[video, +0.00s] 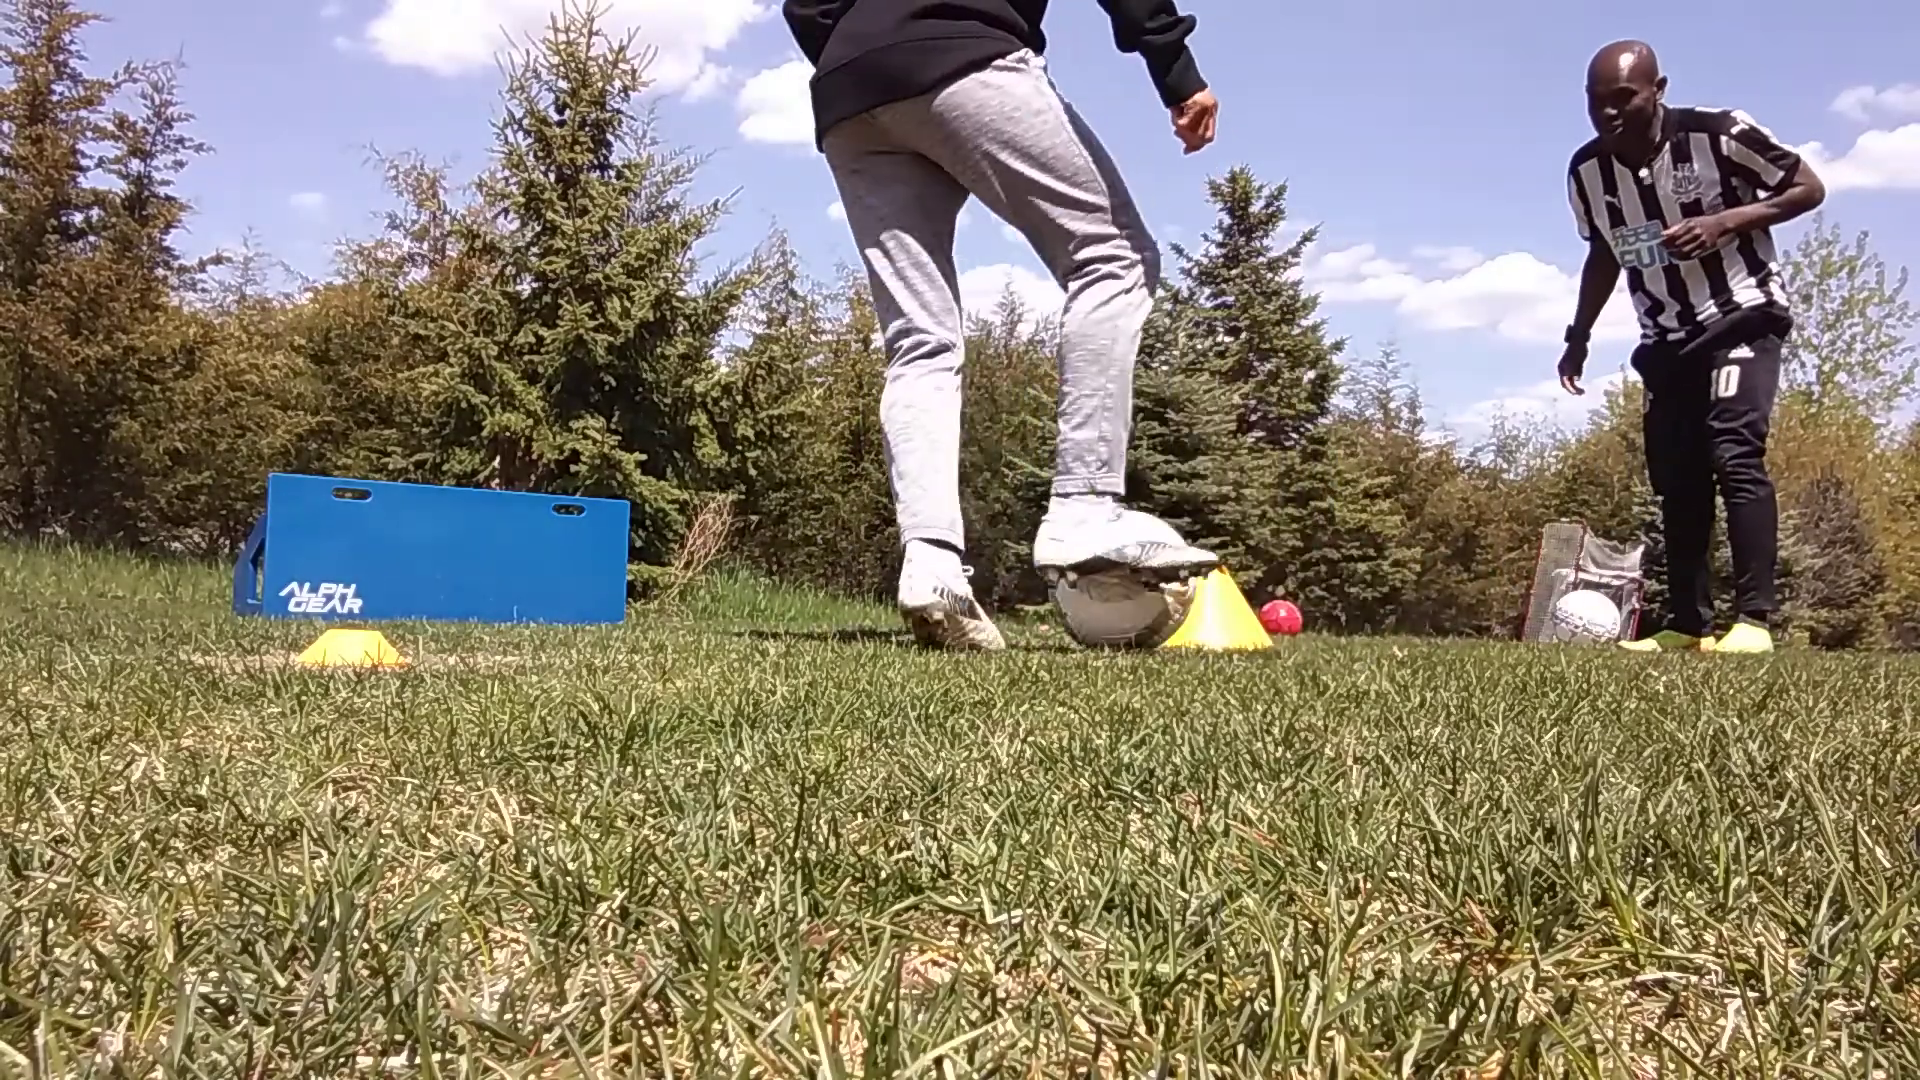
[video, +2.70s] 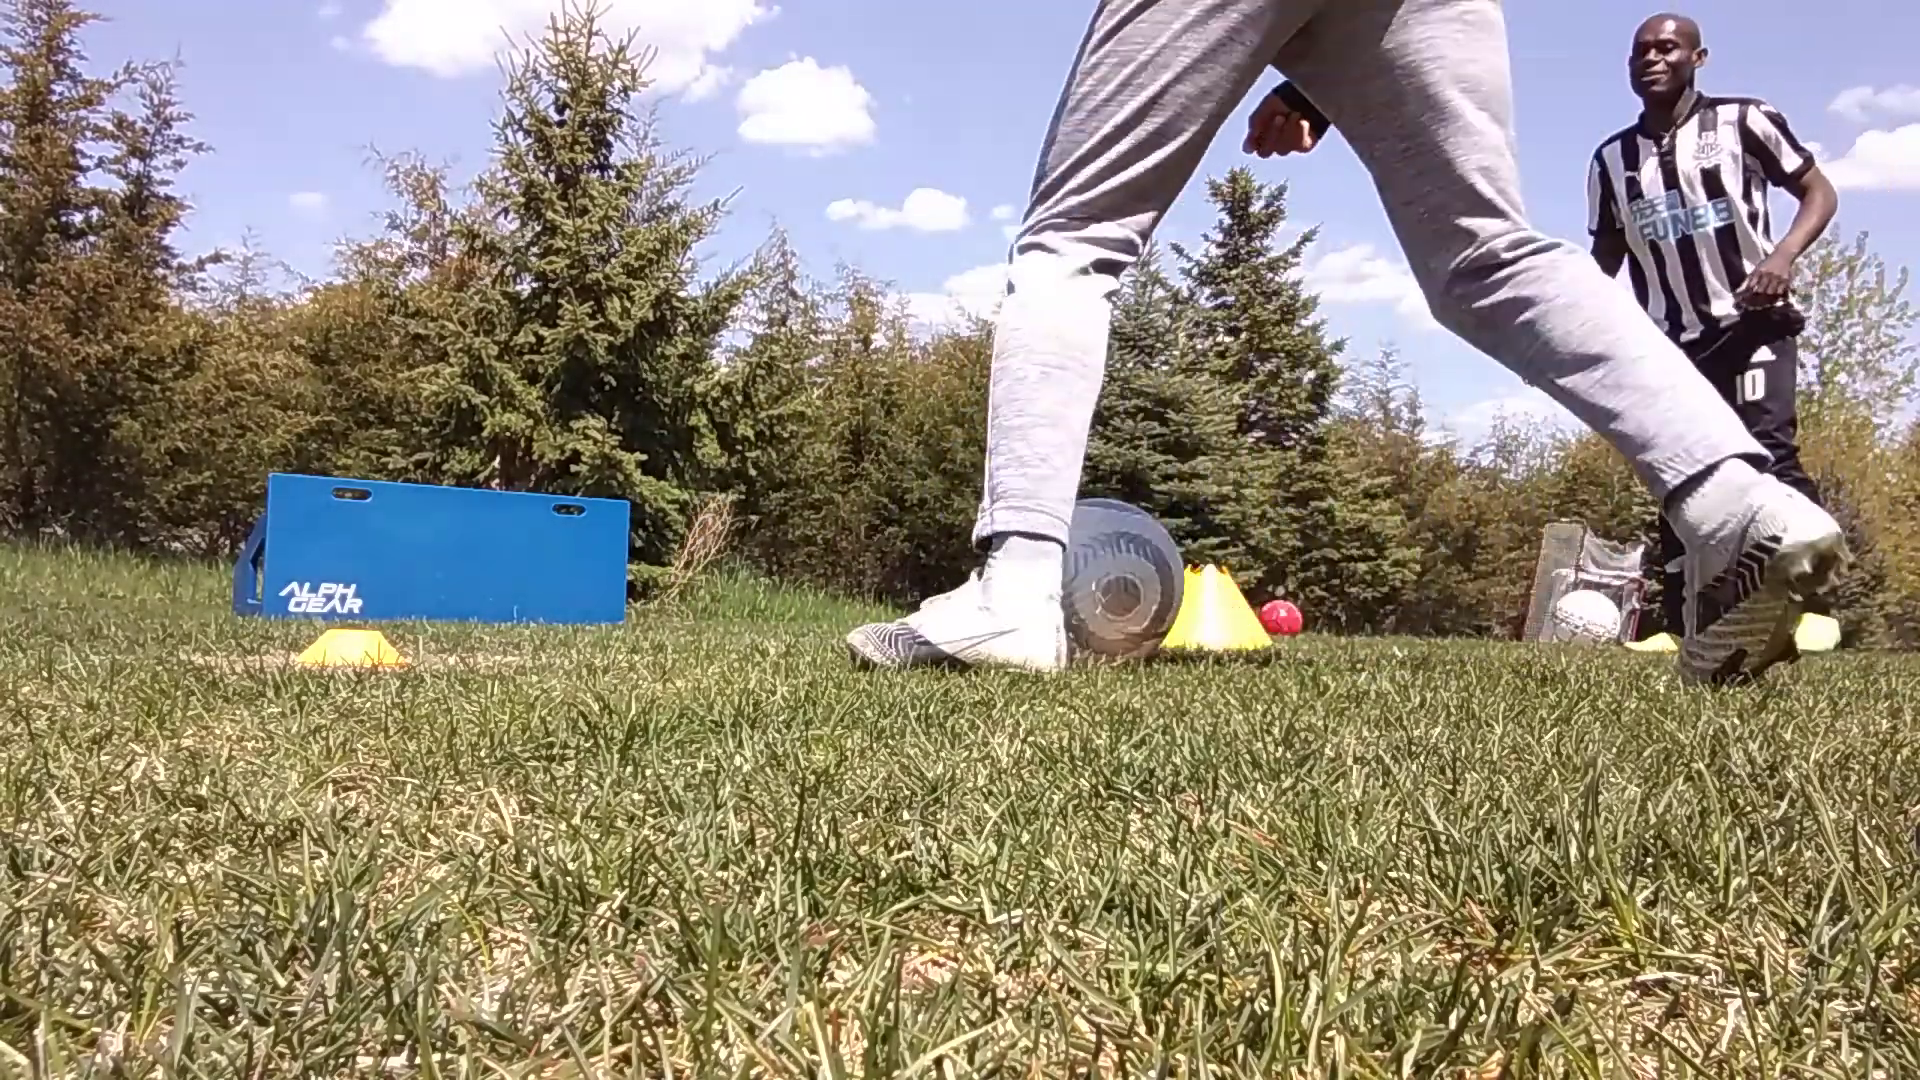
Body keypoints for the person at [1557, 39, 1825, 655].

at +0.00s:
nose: (1607, 114)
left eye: (1621, 100)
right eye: (1597, 103)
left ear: (1657, 92)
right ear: (1587, 102)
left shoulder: (1721, 133)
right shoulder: (1588, 171)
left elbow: (1808, 188)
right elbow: (1604, 253)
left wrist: (1725, 220)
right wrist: (1580, 333)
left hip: (1742, 319)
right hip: (1667, 338)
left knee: (1735, 457)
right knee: (1677, 479)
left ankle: (1754, 622)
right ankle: (1689, 625)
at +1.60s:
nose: (1676, 105)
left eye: (1692, 89)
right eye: (1664, 89)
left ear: (1724, 70)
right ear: (1648, 77)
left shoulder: (1779, 120)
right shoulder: (1633, 149)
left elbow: (1868, 165)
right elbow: (1636, 226)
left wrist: (1832, 233)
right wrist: (1605, 298)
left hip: (1788, 323)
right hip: (1696, 333)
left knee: (1820, 459)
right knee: (1642, 460)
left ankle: (1860, 620)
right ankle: (1614, 612)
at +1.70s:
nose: (1710, 109)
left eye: (1728, 92)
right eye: (1697, 92)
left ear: (1756, 73)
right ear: (1680, 77)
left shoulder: (1812, 120)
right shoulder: (1661, 157)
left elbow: (1891, 171)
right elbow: (1662, 247)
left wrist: (1861, 255)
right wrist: (1630, 319)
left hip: (1818, 323)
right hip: (1727, 334)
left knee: (1831, 463)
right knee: (1652, 434)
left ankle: (1864, 624)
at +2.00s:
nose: (1748, 81)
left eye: (1760, 67)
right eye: (1737, 68)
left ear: (1785, 60)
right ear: (1722, 64)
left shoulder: (1837, 113)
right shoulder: (1721, 138)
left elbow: (1917, 168)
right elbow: (1711, 230)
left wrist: (1889, 258)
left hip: (1861, 318)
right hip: (1787, 332)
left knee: (1853, 462)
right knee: (1755, 455)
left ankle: (1874, 625)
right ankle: (1795, 614)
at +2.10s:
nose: (1781, 16)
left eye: (1799, 8)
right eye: (1775, 5)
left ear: (1820, 22)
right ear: (1753, 13)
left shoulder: (1836, 107)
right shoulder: (1719, 121)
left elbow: (1916, 165)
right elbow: (1703, 224)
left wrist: (1887, 256)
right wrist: (1700, 314)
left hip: (1851, 309)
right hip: (1761, 313)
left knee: (1849, 452)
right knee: (1736, 453)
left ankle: (1861, 601)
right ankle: (1770, 603)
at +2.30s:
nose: (1737, 61)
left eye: (1746, 45)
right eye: (1724, 50)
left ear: (1775, 52)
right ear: (1710, 67)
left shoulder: (1808, 113)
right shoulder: (1703, 141)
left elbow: (1898, 181)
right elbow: (1689, 242)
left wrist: (1862, 256)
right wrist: (1667, 325)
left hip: (1820, 317)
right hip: (1738, 327)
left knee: (1824, 458)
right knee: (1702, 467)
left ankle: (1838, 617)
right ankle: (1682, 621)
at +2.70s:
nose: (1650, 58)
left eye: (1665, 47)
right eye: (1641, 50)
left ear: (1698, 60)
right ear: (1631, 67)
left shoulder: (1747, 119)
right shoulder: (1611, 160)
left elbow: (1820, 194)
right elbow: (1607, 259)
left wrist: (1783, 256)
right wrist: (1595, 334)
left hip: (1756, 327)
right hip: (1675, 346)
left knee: (1769, 462)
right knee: (1676, 478)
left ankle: (1809, 602)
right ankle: (1676, 623)